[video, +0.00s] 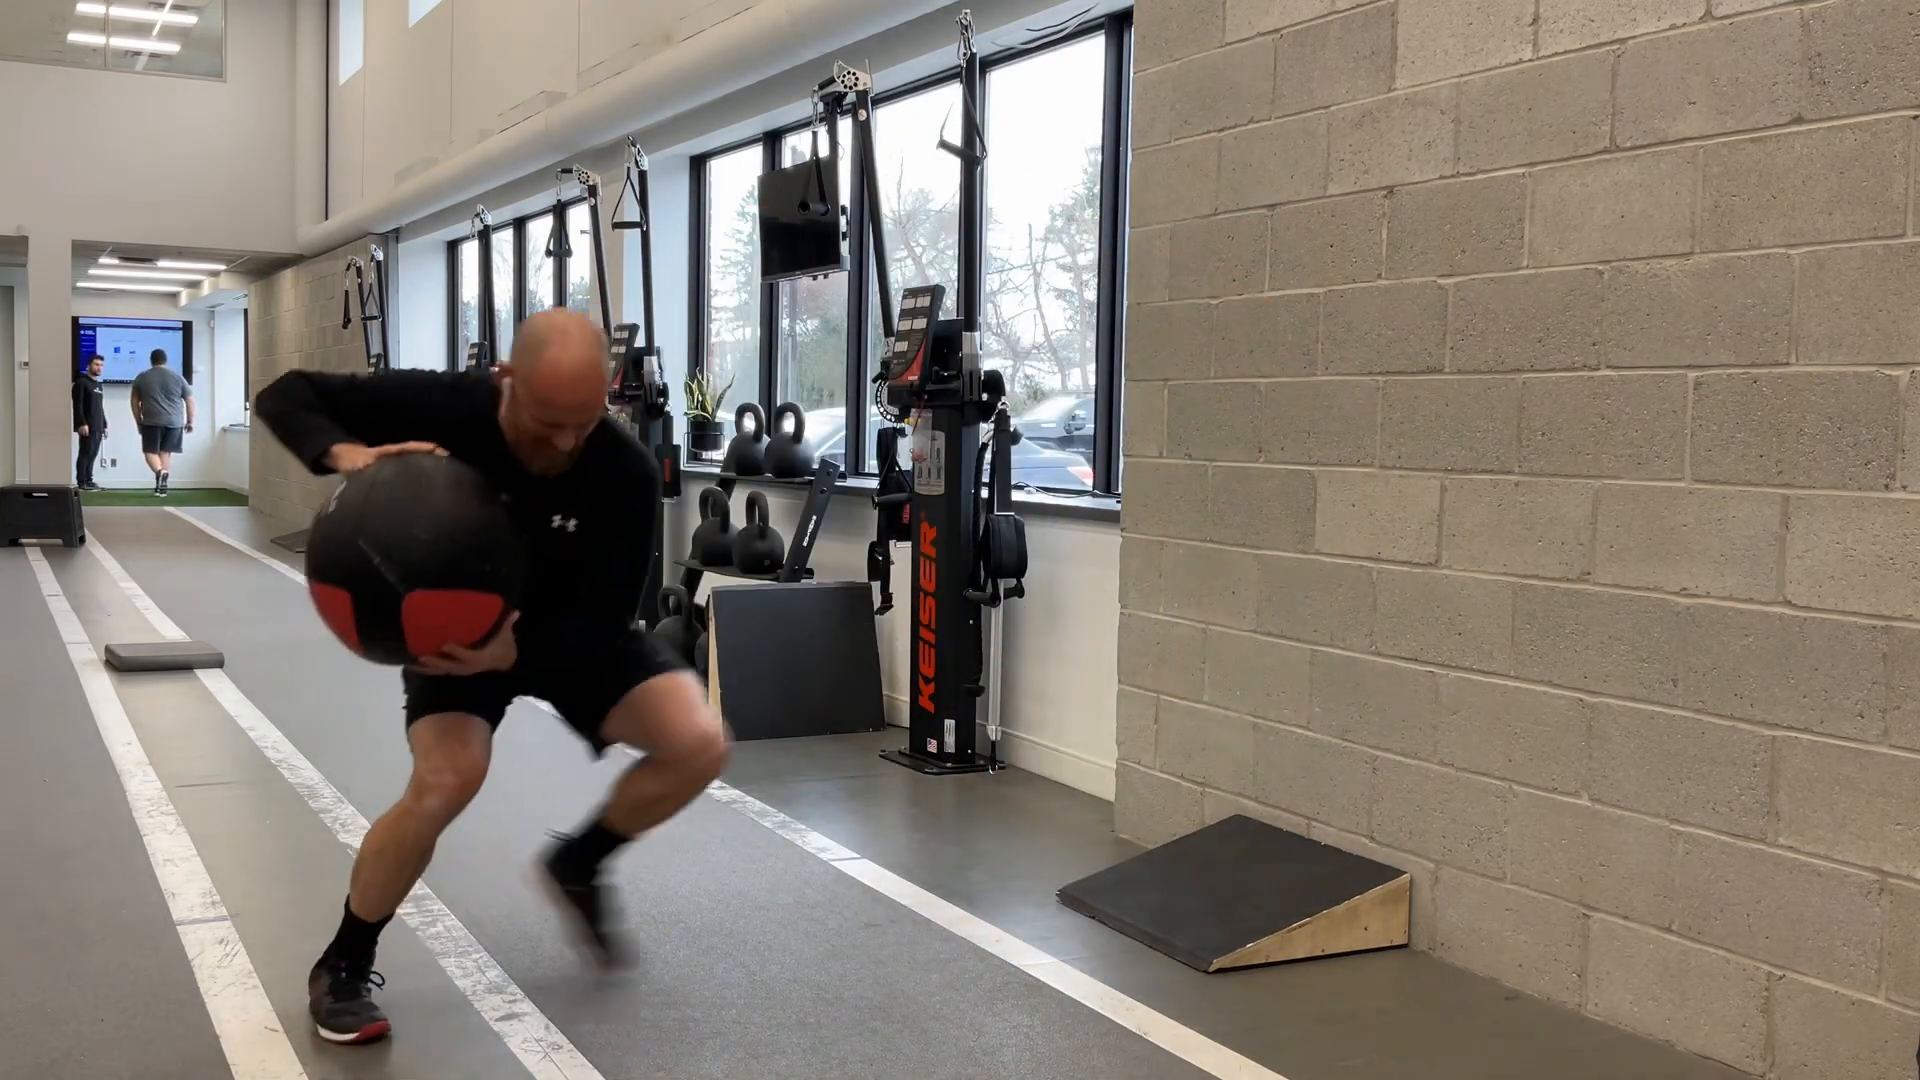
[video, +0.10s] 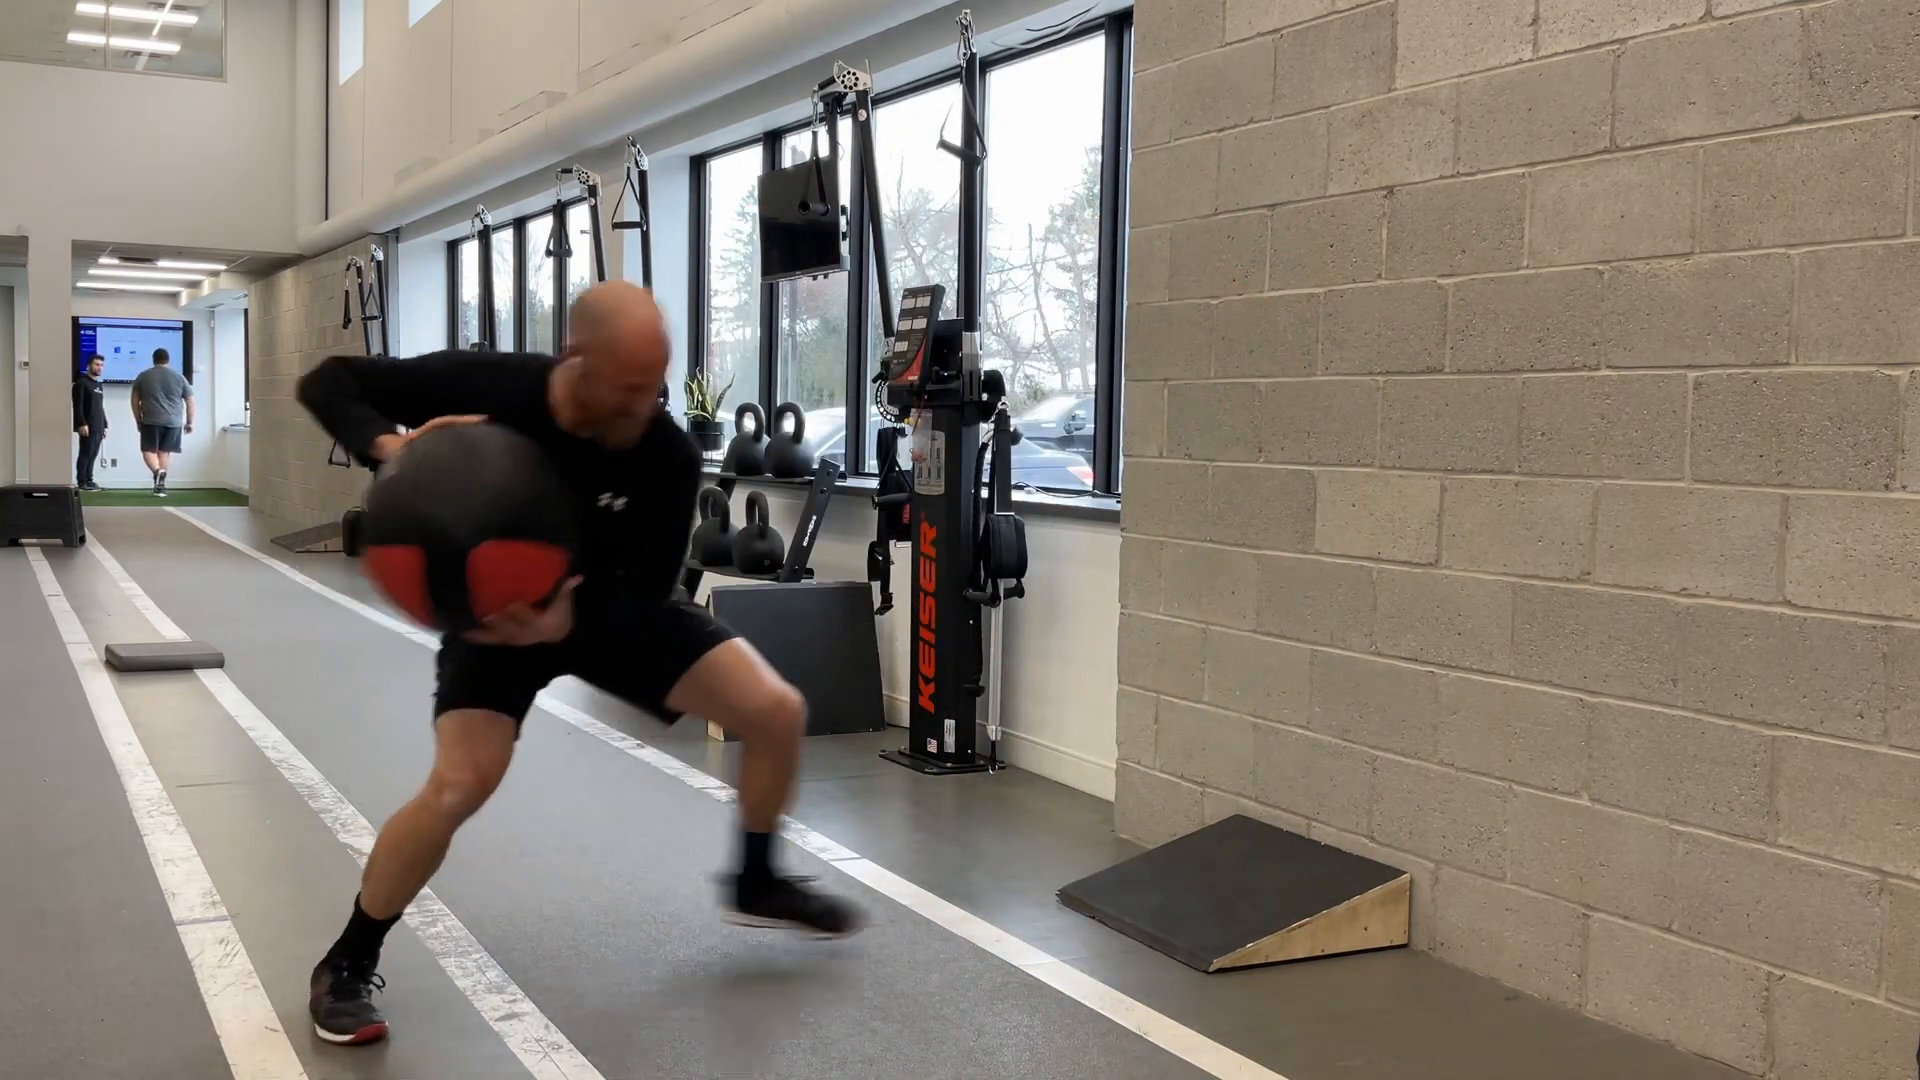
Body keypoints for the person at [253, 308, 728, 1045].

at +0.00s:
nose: (565, 443)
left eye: (582, 427)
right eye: (547, 425)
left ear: (607, 395)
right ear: (506, 383)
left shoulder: (626, 474)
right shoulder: (459, 407)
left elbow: (609, 616)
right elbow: (283, 397)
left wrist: (516, 651)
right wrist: (339, 452)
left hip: (579, 629)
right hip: (457, 634)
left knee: (699, 746)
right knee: (447, 780)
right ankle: (345, 965)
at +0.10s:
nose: (648, 403)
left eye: (655, 384)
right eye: (630, 387)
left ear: (664, 367)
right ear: (575, 360)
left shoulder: (670, 457)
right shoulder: (494, 389)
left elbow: (648, 589)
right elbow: (327, 382)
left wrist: (569, 621)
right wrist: (385, 444)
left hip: (614, 611)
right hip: (496, 621)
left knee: (775, 711)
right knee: (462, 783)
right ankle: (349, 965)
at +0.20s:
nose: (747, 346)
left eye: (752, 329)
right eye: (736, 329)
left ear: (710, 318)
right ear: (677, 319)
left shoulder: (735, 417)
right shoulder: (570, 370)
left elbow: (750, 551)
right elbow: (406, 393)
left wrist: (706, 562)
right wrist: (477, 445)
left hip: (668, 608)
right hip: (555, 610)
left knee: (824, 704)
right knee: (508, 789)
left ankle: (867, 890)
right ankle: (355, 964)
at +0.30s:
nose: (832, 266)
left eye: (831, 249)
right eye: (821, 249)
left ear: (772, 252)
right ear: (769, 252)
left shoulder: (797, 351)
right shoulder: (679, 345)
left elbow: (803, 464)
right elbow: (608, 450)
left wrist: (884, 441)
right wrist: (714, 447)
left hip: (729, 590)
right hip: (645, 593)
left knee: (844, 709)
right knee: (572, 784)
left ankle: (875, 906)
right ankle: (377, 941)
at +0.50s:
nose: (915, 207)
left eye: (916, 191)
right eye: (911, 191)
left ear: (840, 181)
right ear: (871, 186)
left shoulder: (790, 261)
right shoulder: (881, 275)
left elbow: (802, 384)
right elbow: (978, 382)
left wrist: (901, 383)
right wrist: (1079, 400)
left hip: (758, 513)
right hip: (808, 521)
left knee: (871, 692)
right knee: (777, 733)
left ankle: (879, 905)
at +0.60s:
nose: (957, 196)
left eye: (957, 180)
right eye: (953, 179)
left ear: (883, 172)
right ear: (920, 173)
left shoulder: (815, 257)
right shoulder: (924, 279)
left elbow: (739, 371)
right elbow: (961, 422)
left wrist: (748, 454)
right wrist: (1070, 470)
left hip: (800, 500)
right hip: (867, 506)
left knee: (882, 705)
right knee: (881, 710)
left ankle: (879, 903)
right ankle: (833, 941)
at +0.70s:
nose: (1000, 197)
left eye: (998, 179)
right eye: (995, 179)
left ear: (926, 174)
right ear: (964, 176)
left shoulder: (849, 260)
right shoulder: (948, 275)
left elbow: (773, 370)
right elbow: (942, 428)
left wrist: (753, 480)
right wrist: (1023, 496)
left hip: (825, 506)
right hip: (913, 508)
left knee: (889, 707)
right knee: (967, 702)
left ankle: (878, 906)